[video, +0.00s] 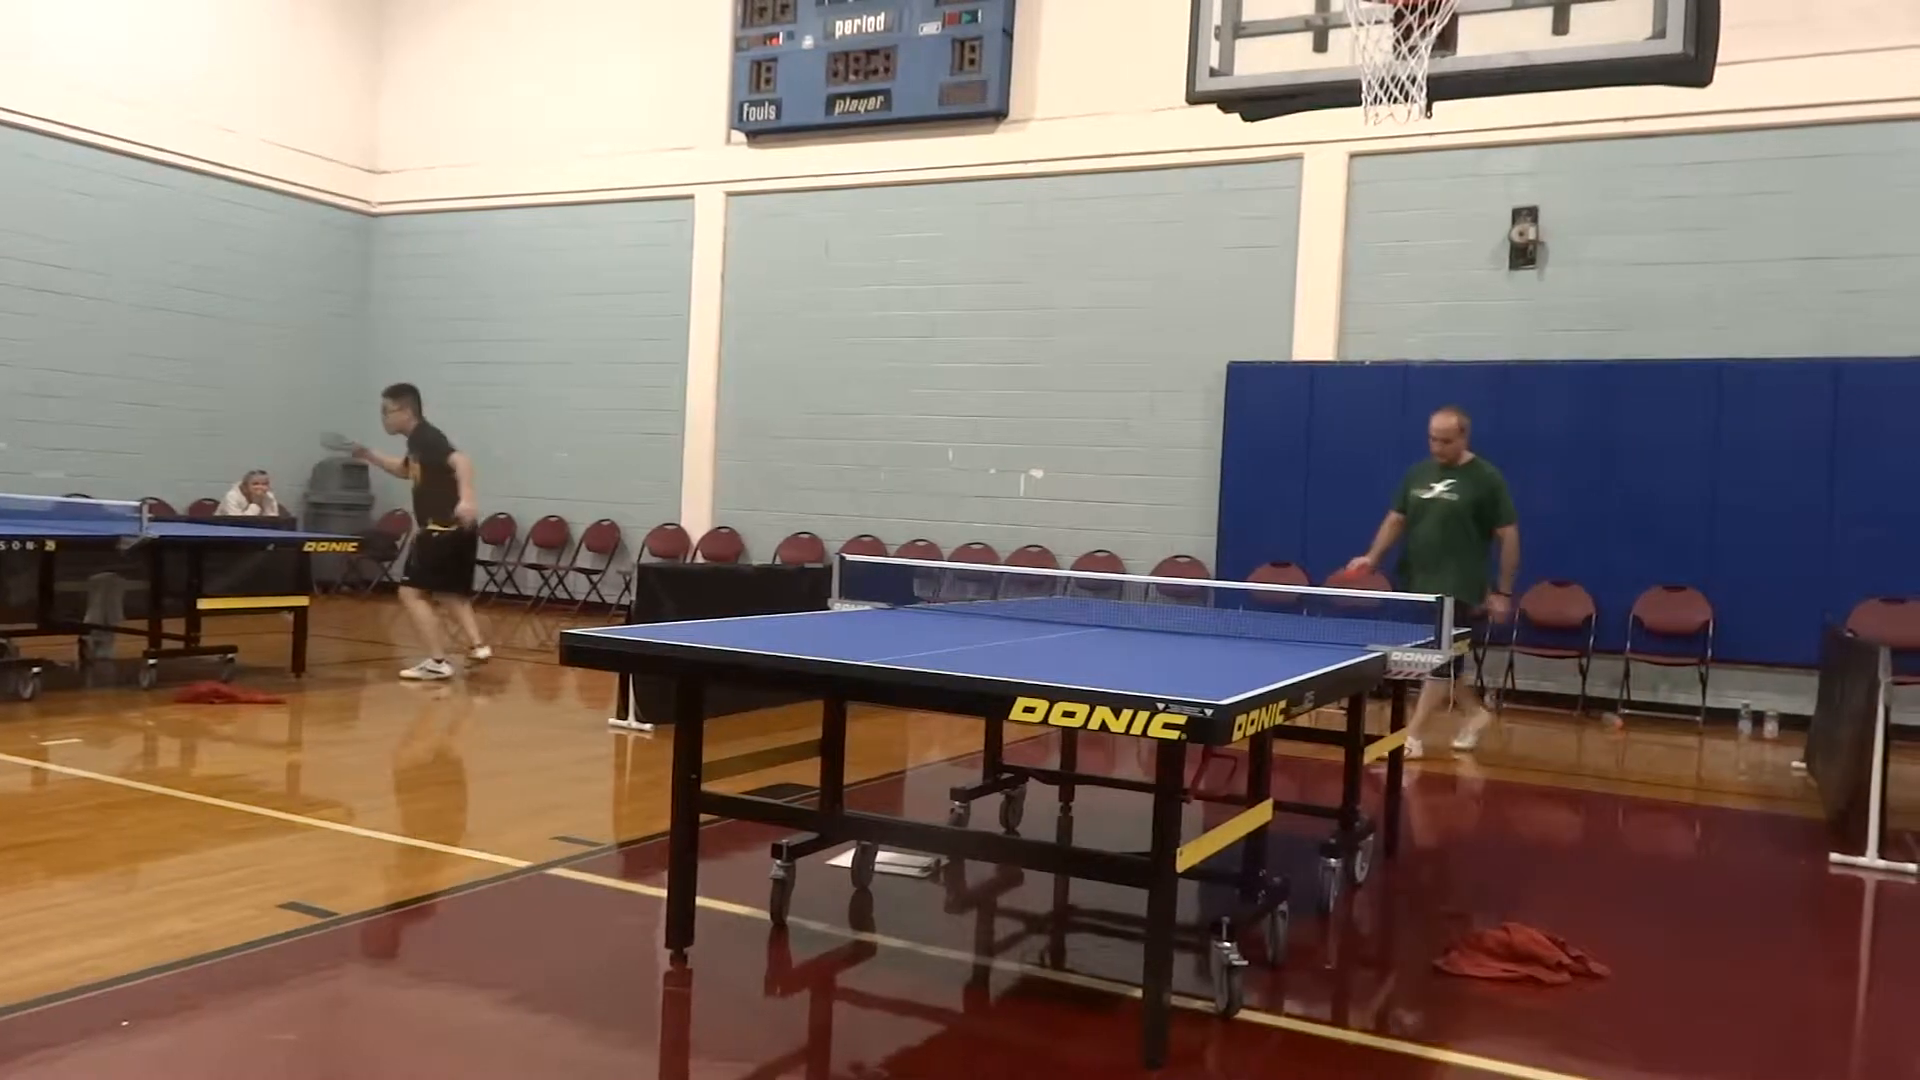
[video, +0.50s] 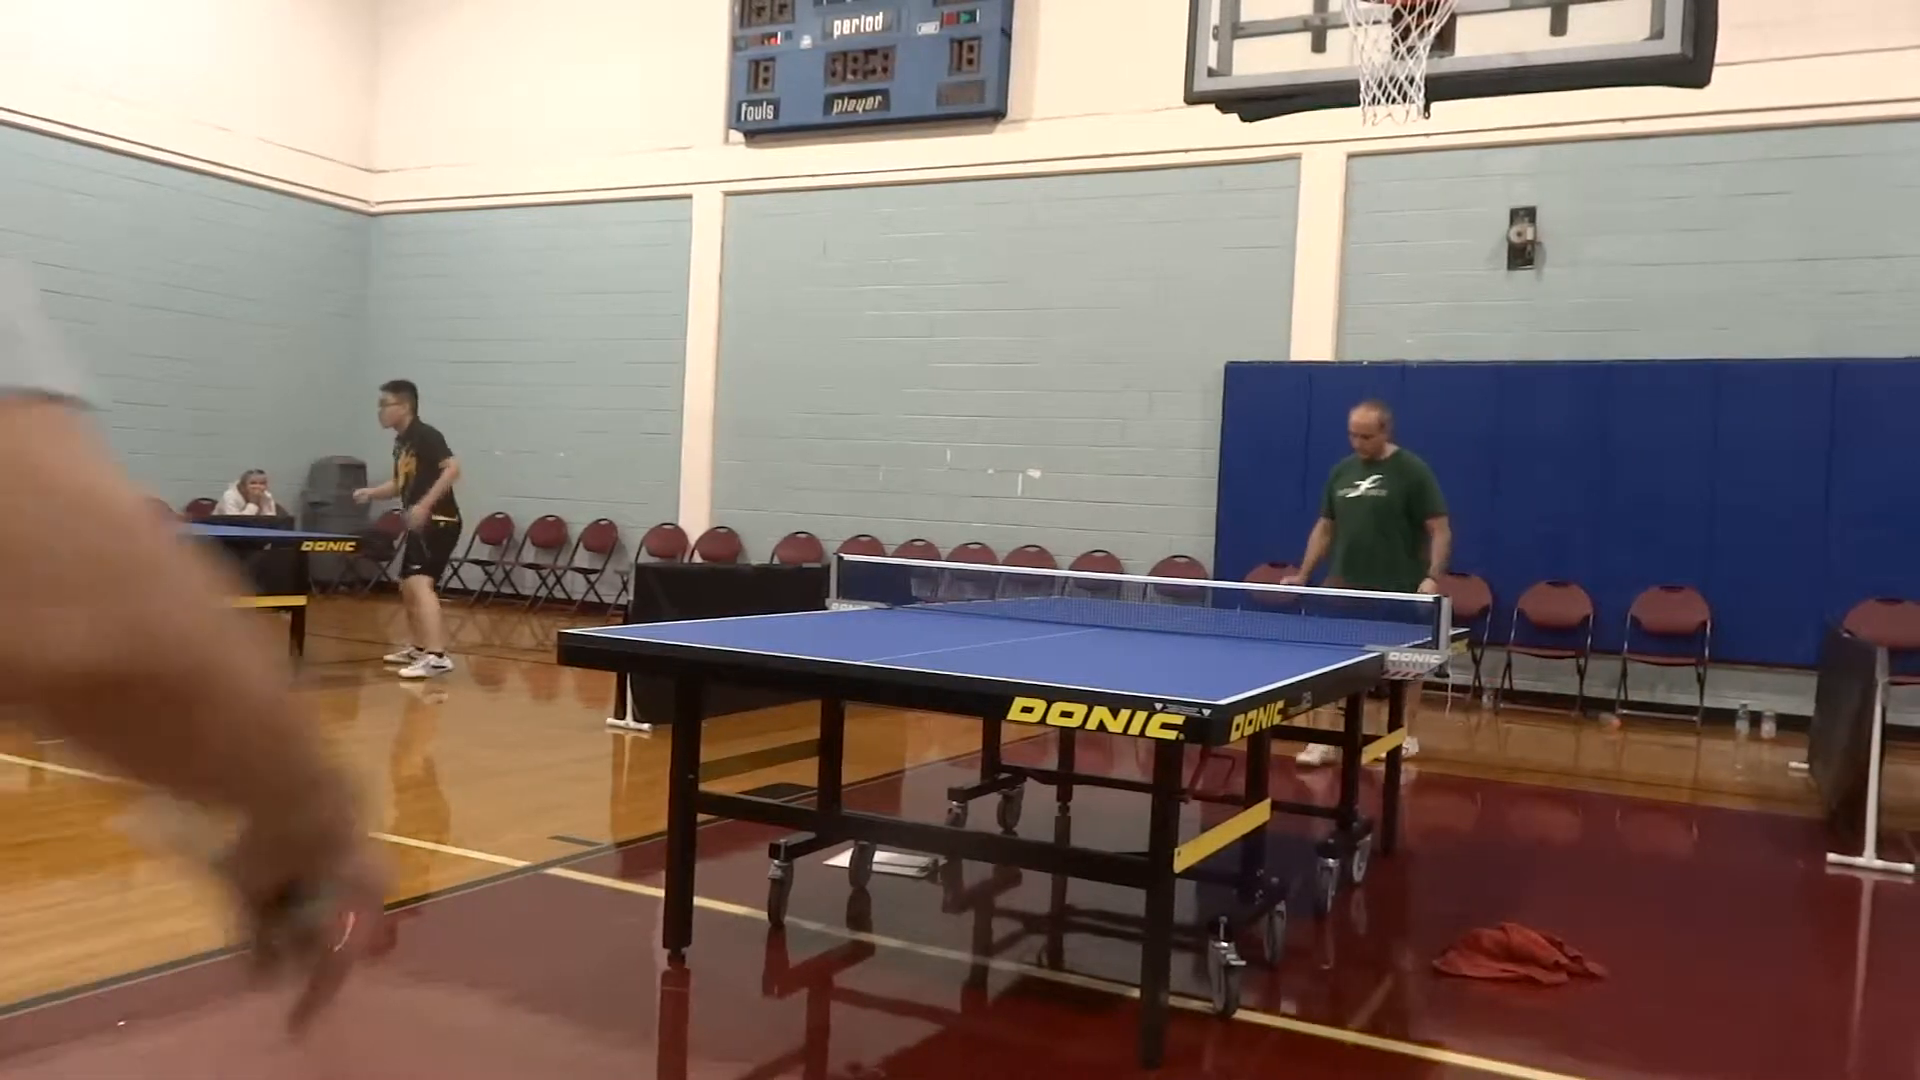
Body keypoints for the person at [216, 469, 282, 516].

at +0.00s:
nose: (260, 488)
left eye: (264, 484)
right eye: (255, 484)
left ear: (268, 486)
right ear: (246, 485)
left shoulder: (269, 497)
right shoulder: (232, 497)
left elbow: (273, 521)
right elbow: (238, 523)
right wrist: (256, 504)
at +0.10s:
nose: (259, 488)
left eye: (263, 484)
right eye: (254, 484)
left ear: (267, 486)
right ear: (245, 485)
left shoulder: (268, 497)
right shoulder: (231, 496)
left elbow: (272, 520)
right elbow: (237, 522)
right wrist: (255, 504)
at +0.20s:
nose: (258, 487)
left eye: (262, 484)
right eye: (254, 484)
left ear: (267, 486)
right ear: (245, 485)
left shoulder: (268, 497)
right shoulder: (231, 496)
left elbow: (271, 520)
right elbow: (236, 523)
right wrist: (254, 504)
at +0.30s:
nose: (258, 487)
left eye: (262, 484)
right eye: (253, 483)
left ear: (267, 486)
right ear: (244, 486)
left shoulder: (267, 497)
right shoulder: (231, 496)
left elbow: (271, 522)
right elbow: (235, 523)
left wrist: (264, 504)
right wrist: (254, 505)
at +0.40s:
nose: (257, 487)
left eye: (262, 483)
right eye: (253, 483)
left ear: (266, 486)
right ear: (244, 485)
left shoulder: (267, 497)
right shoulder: (230, 496)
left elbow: (270, 521)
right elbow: (234, 522)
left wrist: (264, 504)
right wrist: (253, 504)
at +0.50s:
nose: (257, 487)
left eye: (262, 483)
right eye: (253, 483)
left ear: (266, 486)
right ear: (244, 485)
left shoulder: (267, 497)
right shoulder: (230, 496)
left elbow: (270, 522)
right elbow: (234, 522)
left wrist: (263, 504)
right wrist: (253, 504)